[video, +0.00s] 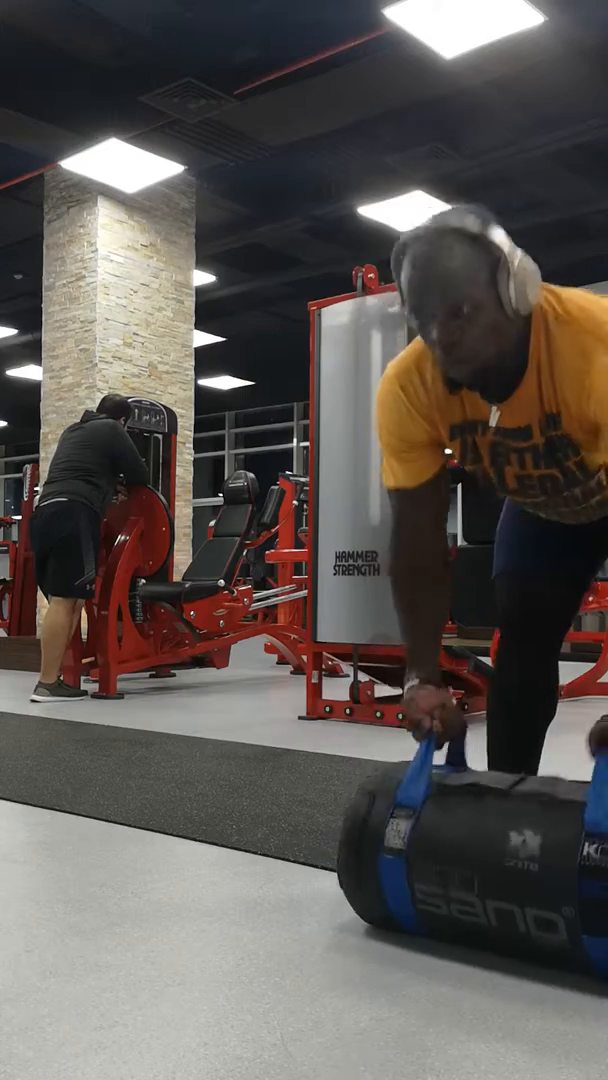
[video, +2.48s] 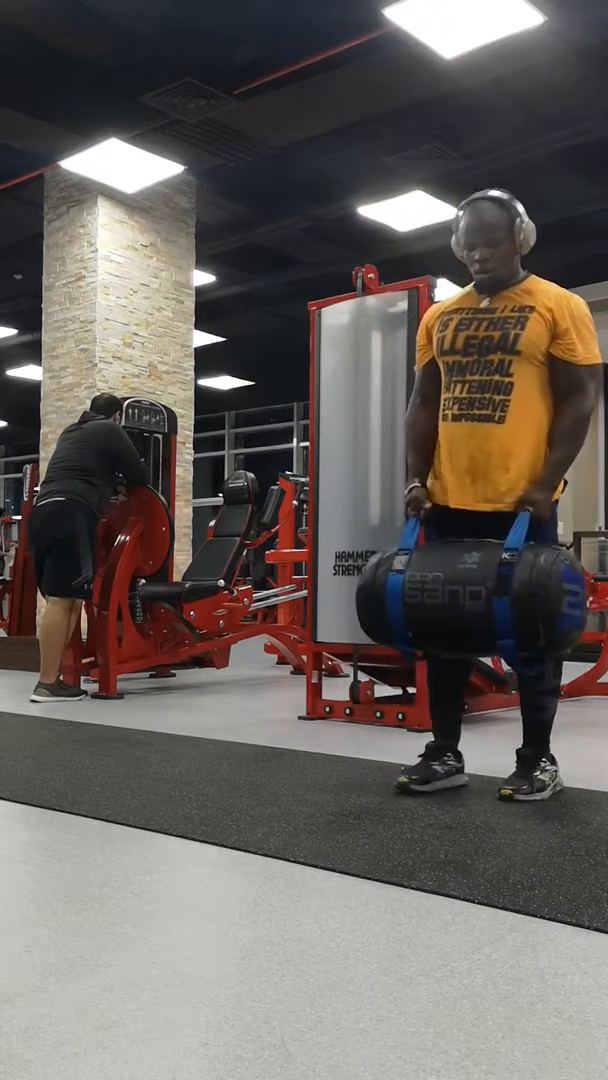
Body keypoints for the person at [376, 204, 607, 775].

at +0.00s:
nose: (439, 338)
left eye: (459, 314)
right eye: (423, 318)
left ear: (511, 294)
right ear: (410, 316)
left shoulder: (593, 348)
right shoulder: (409, 389)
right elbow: (417, 539)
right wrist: (423, 676)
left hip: (604, 496)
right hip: (545, 509)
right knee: (521, 652)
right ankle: (506, 819)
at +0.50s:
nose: (424, 109)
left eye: (445, 93)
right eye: (418, 99)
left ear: (503, 105)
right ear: (414, 123)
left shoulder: (576, 202)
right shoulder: (395, 242)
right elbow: (394, 376)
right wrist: (408, 491)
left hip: (590, 468)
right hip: (485, 477)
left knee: (596, 646)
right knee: (476, 649)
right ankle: (504, 835)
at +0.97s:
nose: (493, 141)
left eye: (510, 127)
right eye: (485, 133)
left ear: (555, 143)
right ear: (475, 157)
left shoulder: (589, 221)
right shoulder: (443, 258)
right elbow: (428, 371)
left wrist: (595, 446)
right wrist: (415, 456)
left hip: (568, 483)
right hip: (466, 488)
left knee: (572, 649)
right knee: (474, 653)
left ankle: (564, 794)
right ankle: (486, 827)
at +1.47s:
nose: (488, 196)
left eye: (501, 184)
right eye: (474, 186)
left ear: (529, 193)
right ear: (455, 199)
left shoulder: (566, 271)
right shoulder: (420, 286)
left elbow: (590, 371)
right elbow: (404, 387)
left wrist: (575, 452)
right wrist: (406, 464)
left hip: (539, 487)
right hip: (445, 491)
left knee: (558, 632)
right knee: (436, 624)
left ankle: (562, 792)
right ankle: (435, 755)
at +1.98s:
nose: (447, 242)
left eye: (459, 229)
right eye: (436, 232)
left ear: (487, 227)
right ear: (421, 235)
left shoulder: (527, 290)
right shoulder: (402, 308)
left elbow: (552, 381)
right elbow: (388, 393)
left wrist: (518, 455)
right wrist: (377, 465)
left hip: (500, 490)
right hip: (416, 494)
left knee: (514, 620)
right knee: (417, 626)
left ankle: (528, 760)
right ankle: (433, 760)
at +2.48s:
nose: (480, 255)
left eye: (492, 243)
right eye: (470, 245)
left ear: (523, 238)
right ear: (457, 247)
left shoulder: (558, 307)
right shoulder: (439, 317)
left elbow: (579, 400)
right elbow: (424, 401)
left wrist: (547, 485)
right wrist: (415, 476)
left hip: (524, 504)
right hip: (448, 504)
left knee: (532, 626)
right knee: (441, 622)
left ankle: (536, 759)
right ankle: (443, 750)